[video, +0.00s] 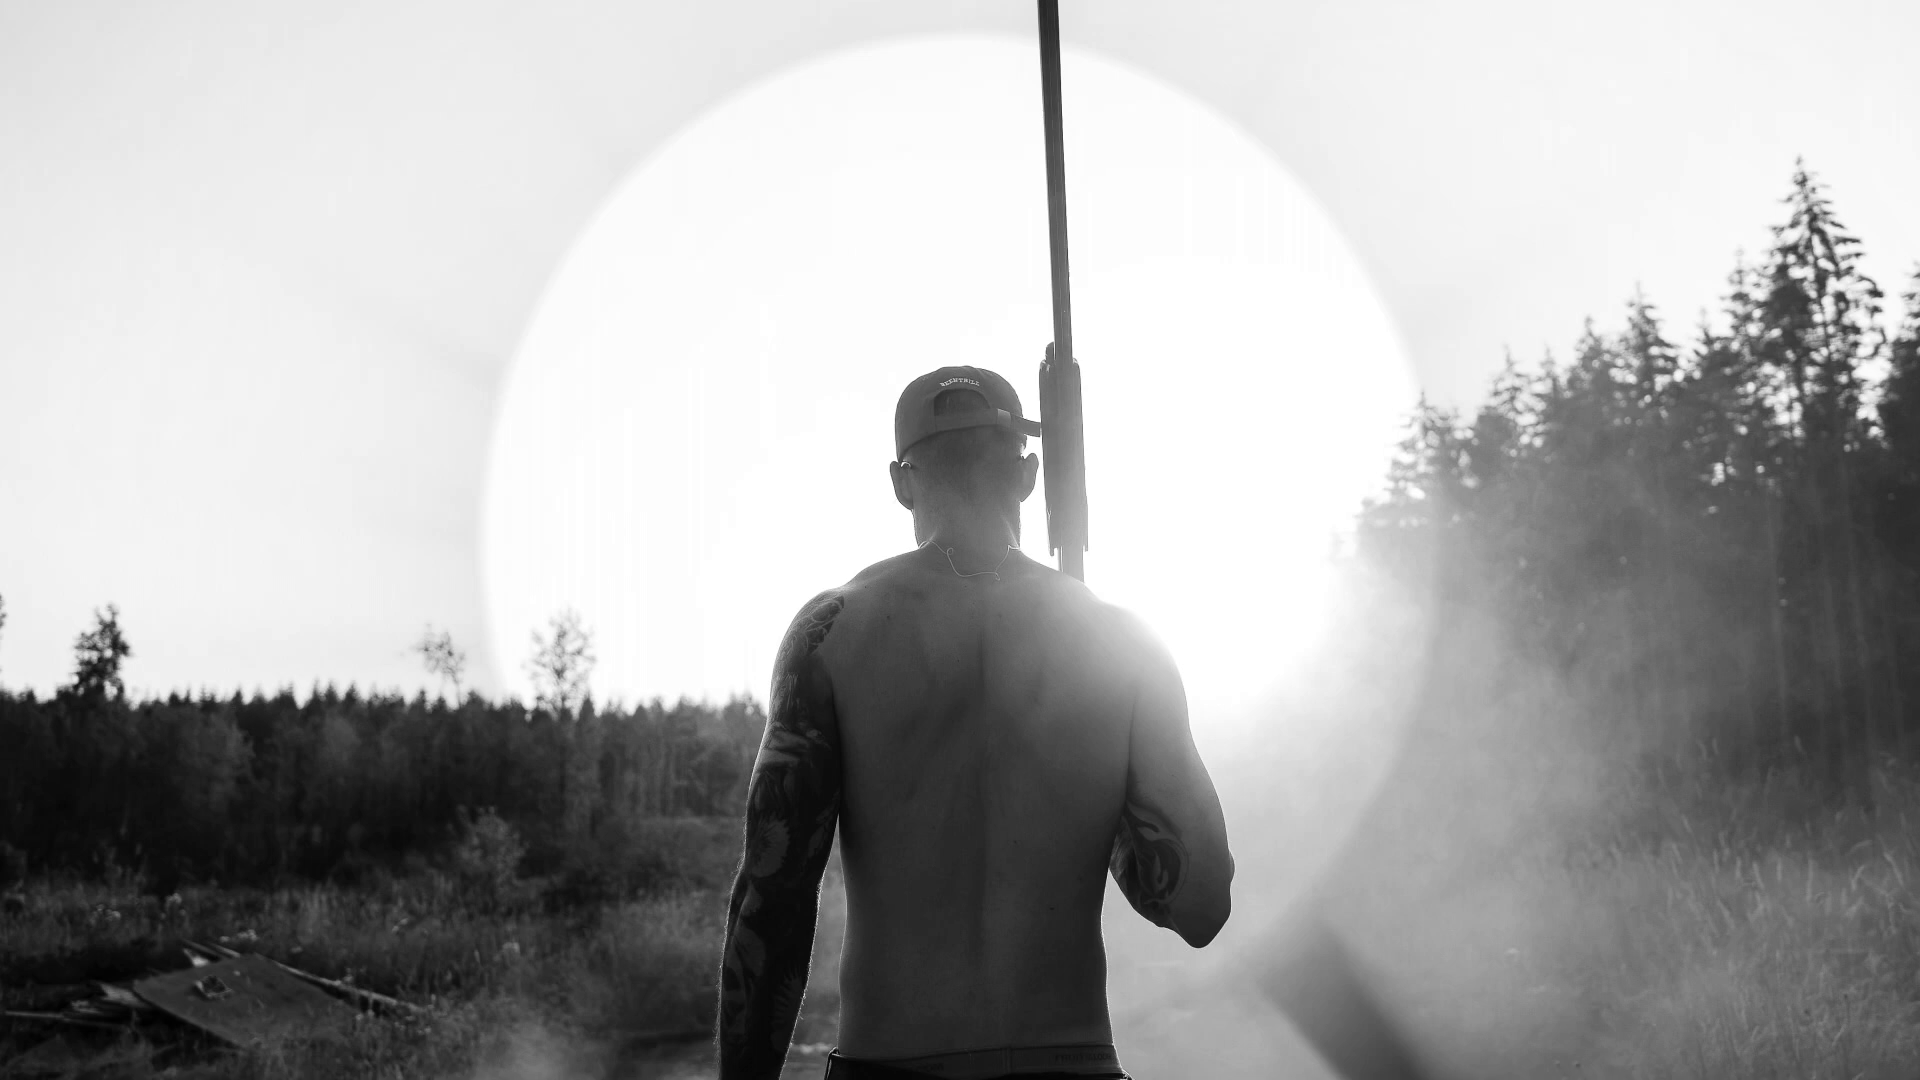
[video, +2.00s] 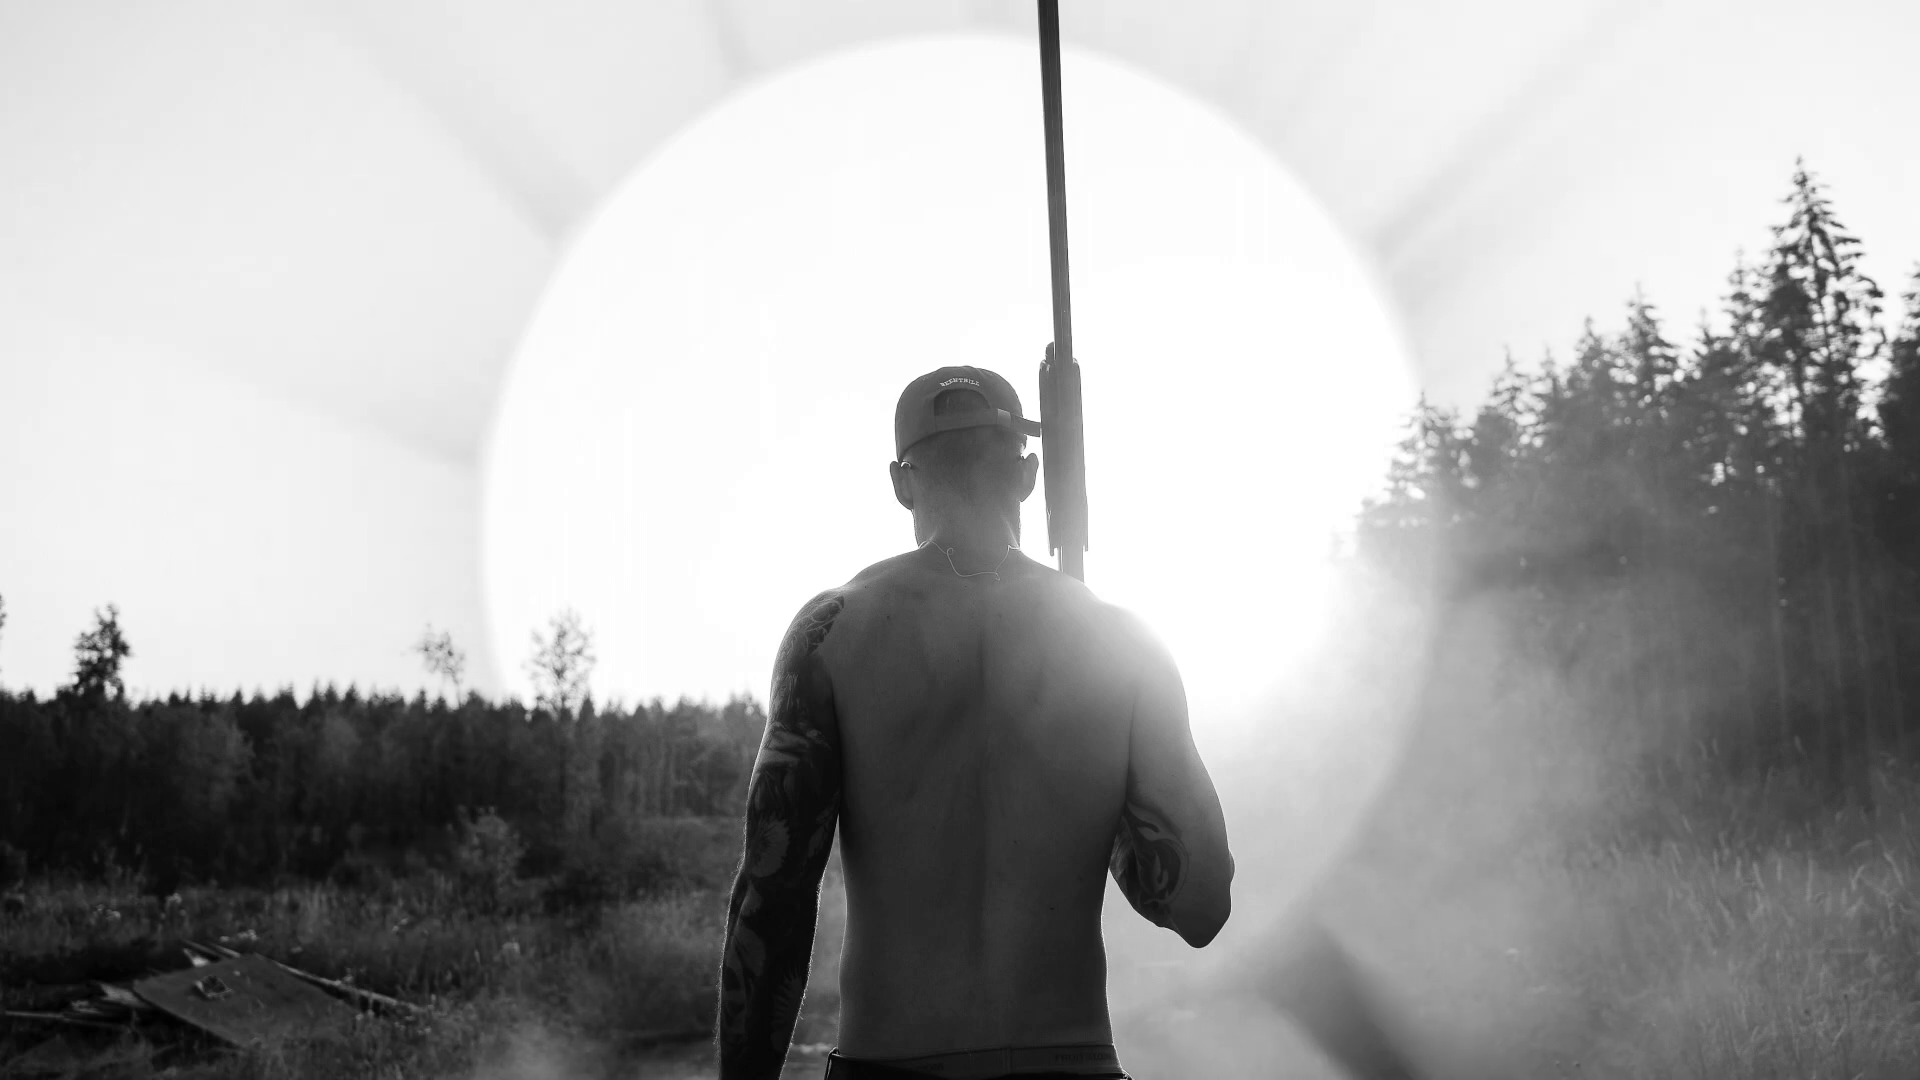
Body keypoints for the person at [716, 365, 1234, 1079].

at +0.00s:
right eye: (1018, 452)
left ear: (902, 484)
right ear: (1028, 476)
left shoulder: (832, 630)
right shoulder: (1122, 641)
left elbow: (773, 886)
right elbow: (1201, 904)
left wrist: (748, 1063)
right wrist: (1100, 803)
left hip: (886, 1045)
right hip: (1066, 1045)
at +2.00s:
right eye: (1017, 450)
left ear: (903, 486)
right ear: (1027, 476)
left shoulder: (832, 630)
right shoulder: (1121, 641)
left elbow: (773, 884)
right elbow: (1201, 904)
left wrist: (747, 1063)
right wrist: (1102, 803)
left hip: (887, 1045)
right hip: (1068, 1045)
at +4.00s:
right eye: (1017, 450)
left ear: (903, 486)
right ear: (1027, 476)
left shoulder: (832, 630)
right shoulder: (1121, 641)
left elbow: (773, 884)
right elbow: (1201, 904)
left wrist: (747, 1063)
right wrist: (1102, 803)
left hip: (887, 1045)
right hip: (1067, 1045)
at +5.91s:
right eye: (1015, 449)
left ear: (903, 486)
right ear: (1028, 477)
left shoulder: (831, 630)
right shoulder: (1121, 641)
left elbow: (773, 886)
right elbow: (1201, 905)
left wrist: (747, 1063)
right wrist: (1101, 800)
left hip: (886, 1046)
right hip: (1068, 1046)